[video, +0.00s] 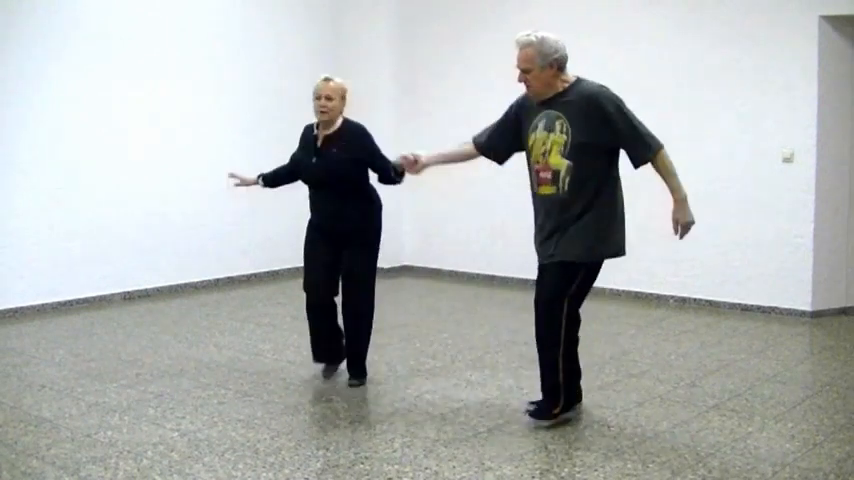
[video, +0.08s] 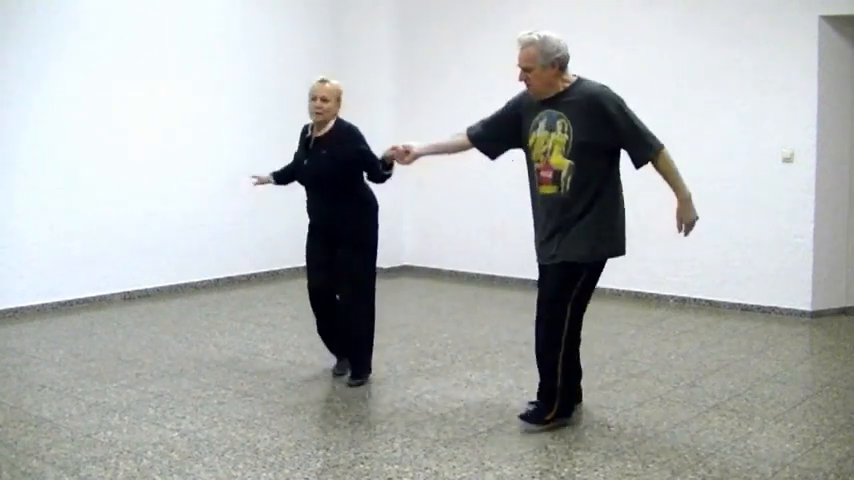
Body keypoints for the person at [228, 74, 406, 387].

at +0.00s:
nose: (323, 104)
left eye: (329, 99)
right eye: (318, 98)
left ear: (342, 103)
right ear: (313, 102)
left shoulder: (357, 135)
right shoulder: (310, 135)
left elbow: (385, 173)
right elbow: (296, 169)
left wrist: (400, 168)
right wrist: (257, 180)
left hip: (361, 226)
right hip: (323, 224)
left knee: (357, 295)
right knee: (316, 291)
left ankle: (357, 366)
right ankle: (332, 354)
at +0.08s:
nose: (318, 105)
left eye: (325, 100)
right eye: (314, 99)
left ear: (338, 105)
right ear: (309, 102)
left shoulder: (350, 136)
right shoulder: (307, 135)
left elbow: (376, 174)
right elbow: (300, 167)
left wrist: (386, 162)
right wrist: (273, 178)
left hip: (355, 228)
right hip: (321, 226)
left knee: (356, 294)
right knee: (319, 292)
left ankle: (360, 365)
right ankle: (344, 353)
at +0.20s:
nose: (315, 111)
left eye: (322, 106)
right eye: (311, 105)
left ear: (332, 111)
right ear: (303, 108)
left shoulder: (341, 139)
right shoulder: (301, 140)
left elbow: (370, 174)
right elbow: (299, 172)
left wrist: (383, 161)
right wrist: (290, 184)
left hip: (353, 224)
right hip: (322, 224)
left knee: (353, 290)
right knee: (327, 291)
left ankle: (362, 366)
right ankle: (348, 357)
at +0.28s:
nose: (318, 112)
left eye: (324, 108)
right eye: (312, 107)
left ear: (331, 112)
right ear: (302, 111)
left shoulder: (341, 139)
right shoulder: (299, 141)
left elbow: (372, 173)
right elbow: (300, 178)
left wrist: (387, 160)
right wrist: (286, 191)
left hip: (354, 222)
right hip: (322, 223)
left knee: (353, 288)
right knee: (327, 290)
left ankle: (361, 366)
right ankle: (346, 360)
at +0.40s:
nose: (332, 109)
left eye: (335, 104)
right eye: (325, 104)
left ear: (340, 108)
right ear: (311, 108)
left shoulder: (351, 135)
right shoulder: (302, 141)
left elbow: (381, 170)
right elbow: (288, 173)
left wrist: (397, 163)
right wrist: (254, 189)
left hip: (363, 220)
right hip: (326, 222)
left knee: (365, 284)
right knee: (329, 289)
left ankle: (374, 361)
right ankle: (345, 357)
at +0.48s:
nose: (345, 107)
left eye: (348, 102)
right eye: (338, 102)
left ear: (352, 106)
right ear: (322, 108)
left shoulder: (362, 135)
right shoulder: (309, 140)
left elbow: (392, 171)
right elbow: (279, 173)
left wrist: (409, 165)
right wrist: (237, 179)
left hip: (370, 222)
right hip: (329, 225)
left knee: (383, 284)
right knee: (330, 291)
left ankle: (388, 356)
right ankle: (340, 359)